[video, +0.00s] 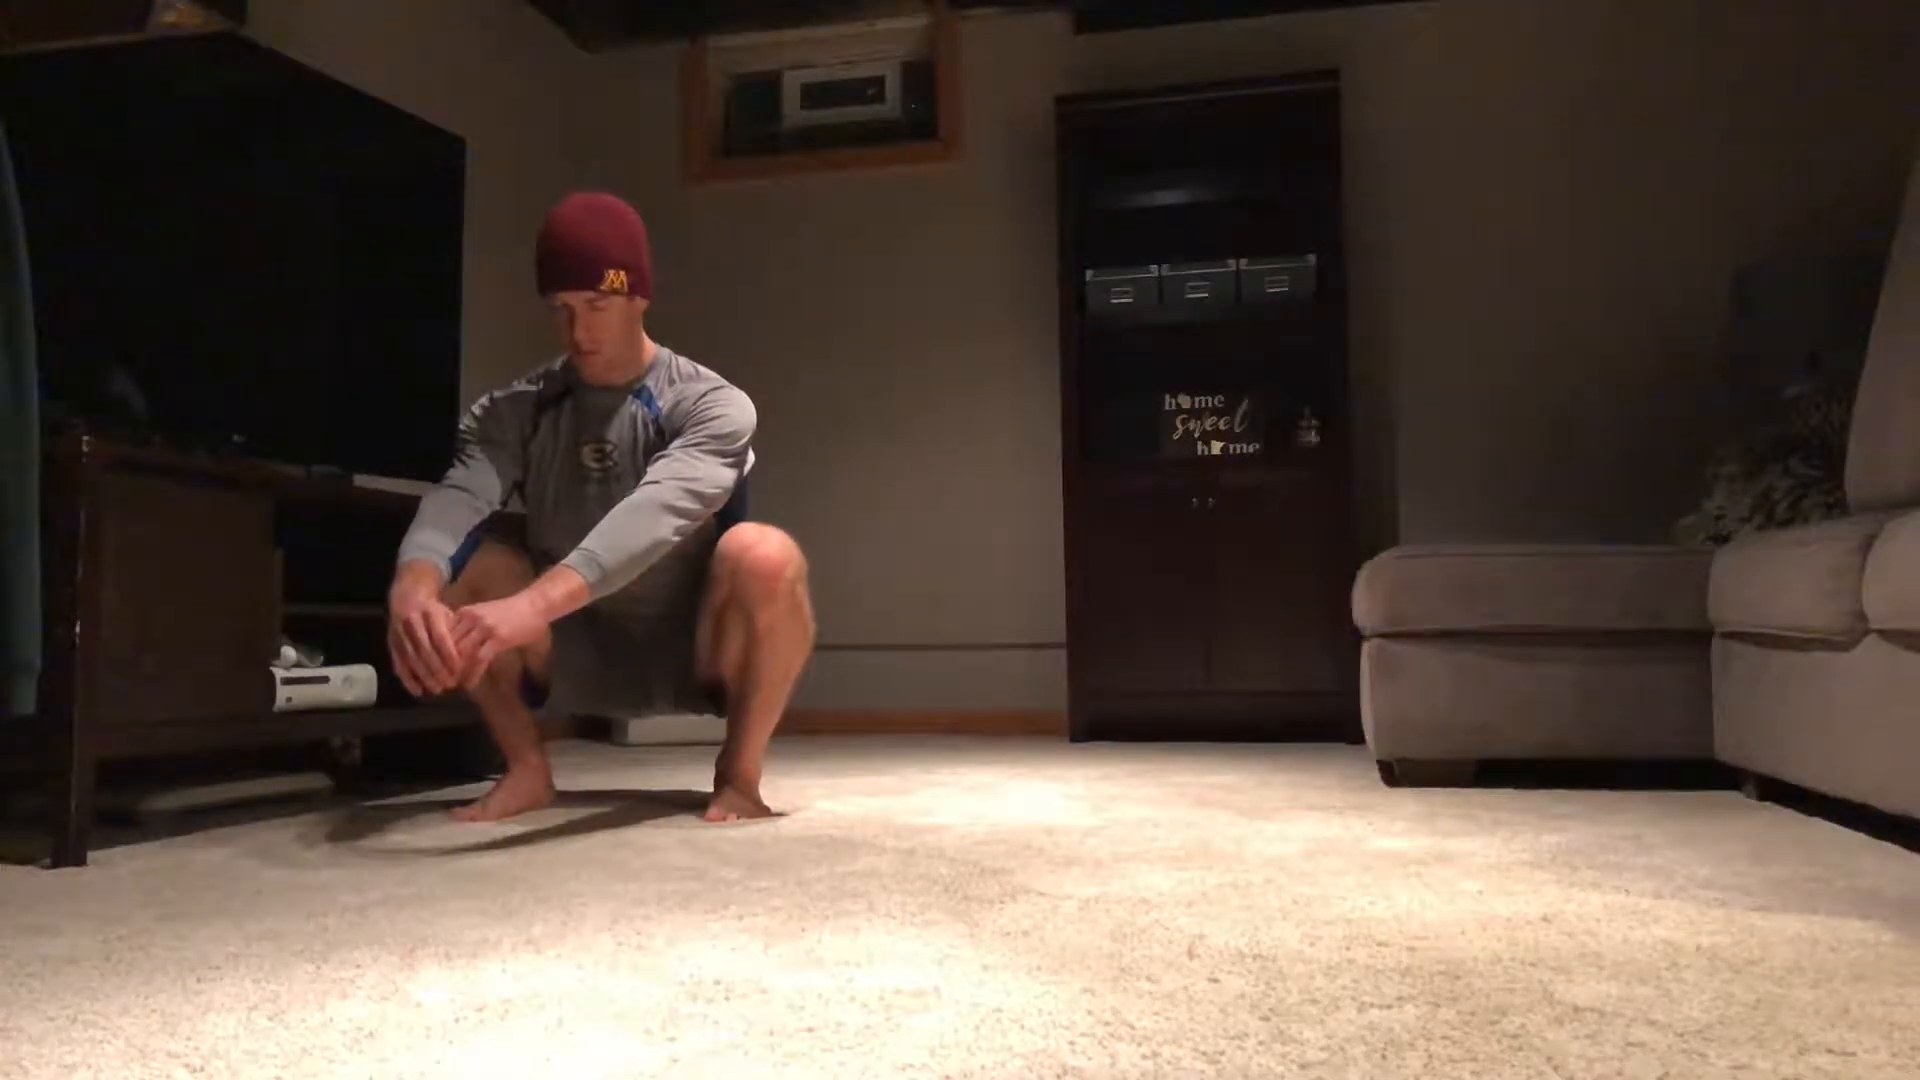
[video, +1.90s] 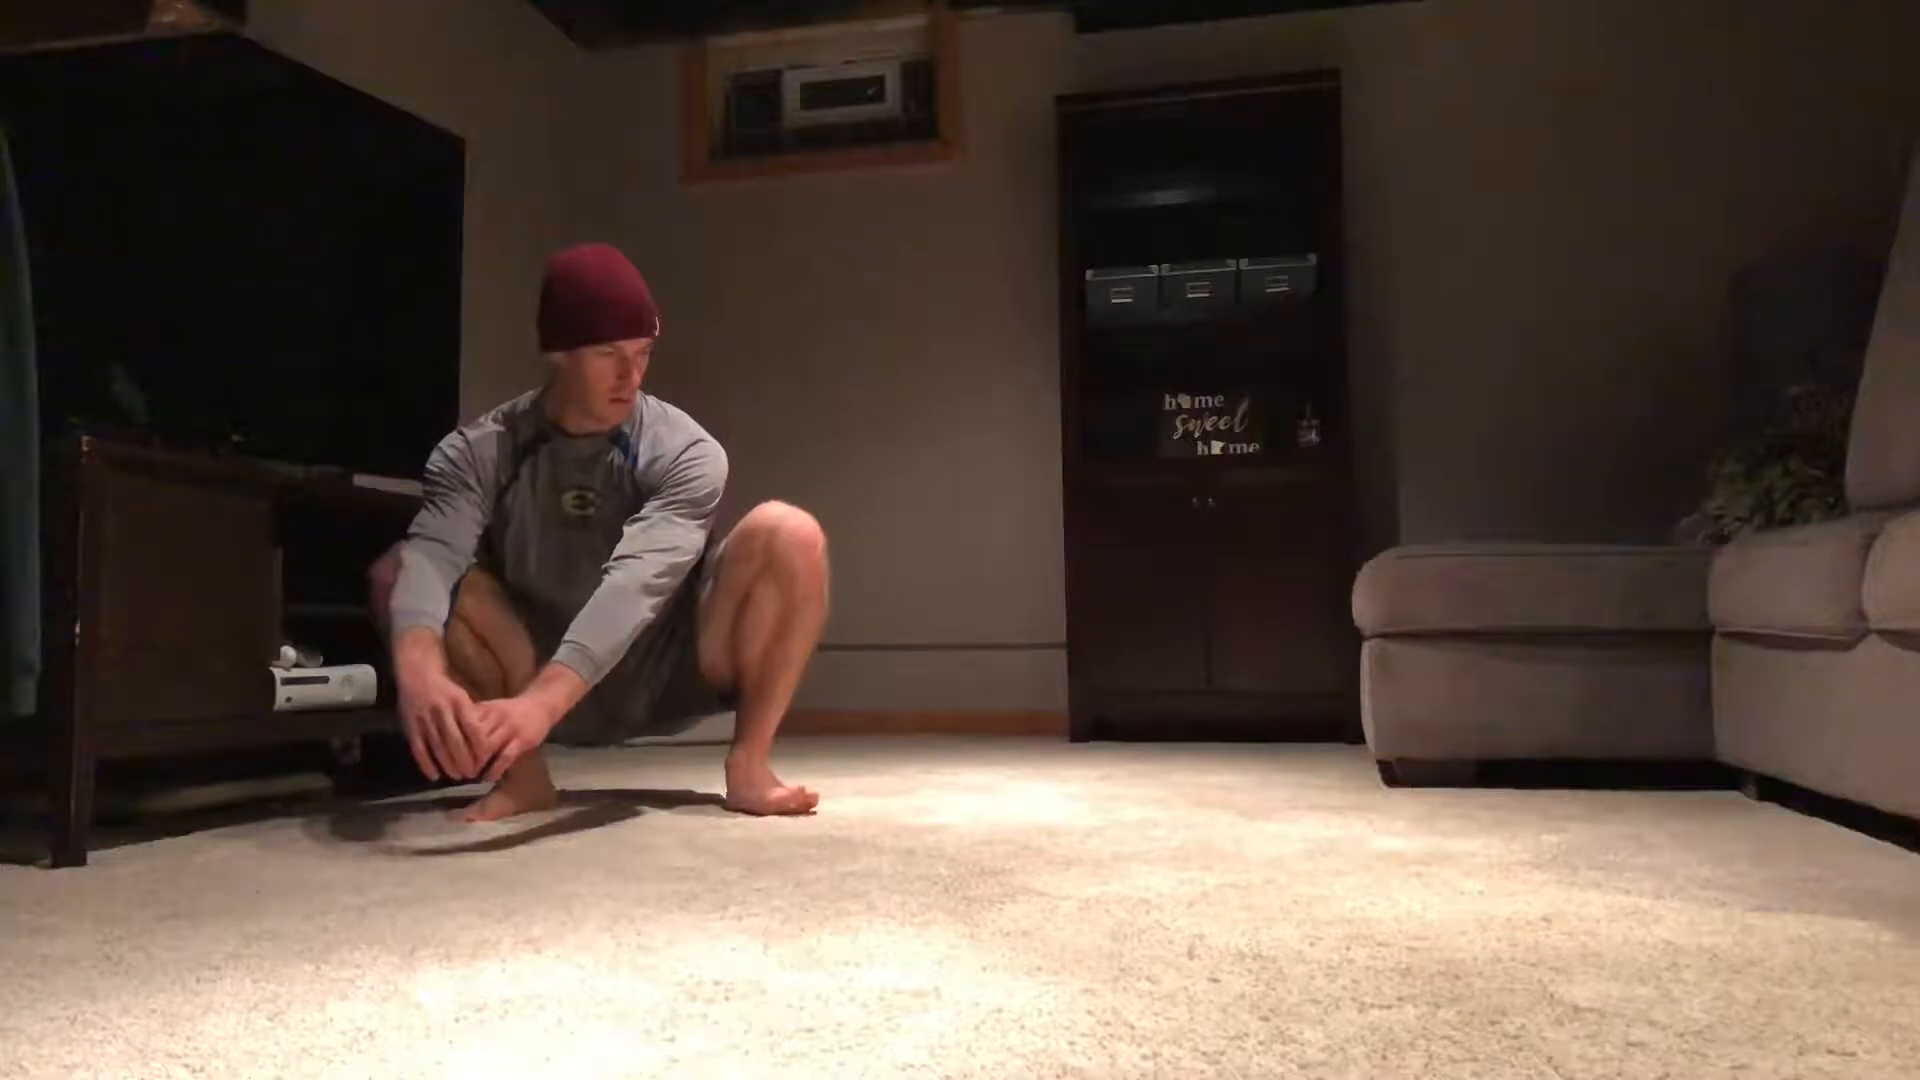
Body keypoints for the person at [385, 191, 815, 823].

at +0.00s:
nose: (578, 334)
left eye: (595, 309)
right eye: (563, 312)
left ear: (639, 301)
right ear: (548, 309)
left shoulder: (714, 408)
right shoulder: (514, 410)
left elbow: (655, 516)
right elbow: (459, 498)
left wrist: (535, 604)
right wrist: (413, 588)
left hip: (694, 644)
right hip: (580, 648)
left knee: (764, 553)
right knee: (462, 570)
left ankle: (741, 779)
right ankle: (526, 771)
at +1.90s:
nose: (631, 378)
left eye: (642, 357)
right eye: (611, 357)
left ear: (652, 352)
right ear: (556, 353)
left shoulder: (687, 455)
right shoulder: (476, 453)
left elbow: (635, 586)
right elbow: (430, 556)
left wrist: (540, 703)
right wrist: (418, 670)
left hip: (662, 672)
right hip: (546, 682)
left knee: (790, 534)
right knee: (403, 574)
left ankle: (751, 766)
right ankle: (523, 776)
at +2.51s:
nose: (642, 404)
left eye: (654, 384)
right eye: (622, 386)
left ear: (667, 375)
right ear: (569, 378)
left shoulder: (694, 479)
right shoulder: (478, 468)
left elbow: (668, 621)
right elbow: (451, 600)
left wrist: (611, 755)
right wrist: (500, 734)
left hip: (659, 670)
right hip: (545, 674)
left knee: (802, 531)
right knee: (395, 586)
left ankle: (754, 769)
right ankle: (525, 776)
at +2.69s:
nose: (659, 414)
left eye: (671, 394)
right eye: (638, 394)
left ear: (684, 387)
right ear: (586, 387)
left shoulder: (709, 487)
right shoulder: (493, 474)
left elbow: (703, 627)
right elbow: (496, 619)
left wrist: (674, 745)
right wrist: (569, 744)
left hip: (663, 679)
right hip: (549, 683)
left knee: (810, 533)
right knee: (402, 585)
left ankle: (757, 768)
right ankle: (526, 771)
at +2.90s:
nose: (684, 428)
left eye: (696, 406)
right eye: (662, 408)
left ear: (706, 397)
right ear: (608, 400)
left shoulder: (730, 490)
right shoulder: (520, 480)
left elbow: (759, 624)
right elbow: (559, 632)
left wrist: (773, 749)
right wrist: (673, 751)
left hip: (683, 670)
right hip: (565, 677)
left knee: (824, 536)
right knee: (417, 588)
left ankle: (757, 766)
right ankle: (525, 773)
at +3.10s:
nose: (720, 449)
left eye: (733, 430)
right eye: (701, 431)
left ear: (744, 418)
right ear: (645, 415)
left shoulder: (751, 492)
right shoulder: (557, 491)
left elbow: (814, 628)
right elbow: (623, 651)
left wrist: (871, 757)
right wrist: (739, 762)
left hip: (690, 656)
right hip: (577, 664)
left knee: (838, 538)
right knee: (428, 595)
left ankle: (771, 762)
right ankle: (525, 772)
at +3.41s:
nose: (786, 469)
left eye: (796, 449)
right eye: (765, 449)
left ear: (806, 441)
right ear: (709, 435)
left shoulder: (804, 494)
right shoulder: (617, 496)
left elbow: (879, 633)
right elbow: (680, 669)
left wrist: (968, 778)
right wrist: (807, 779)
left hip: (717, 635)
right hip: (598, 630)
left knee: (880, 555)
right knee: (443, 610)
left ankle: (752, 774)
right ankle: (520, 766)